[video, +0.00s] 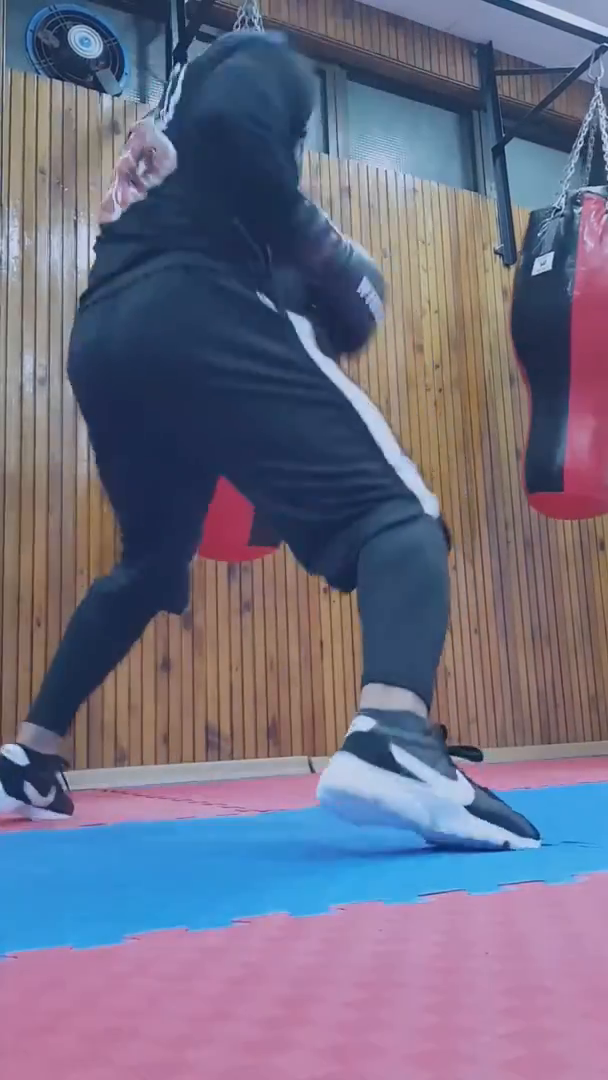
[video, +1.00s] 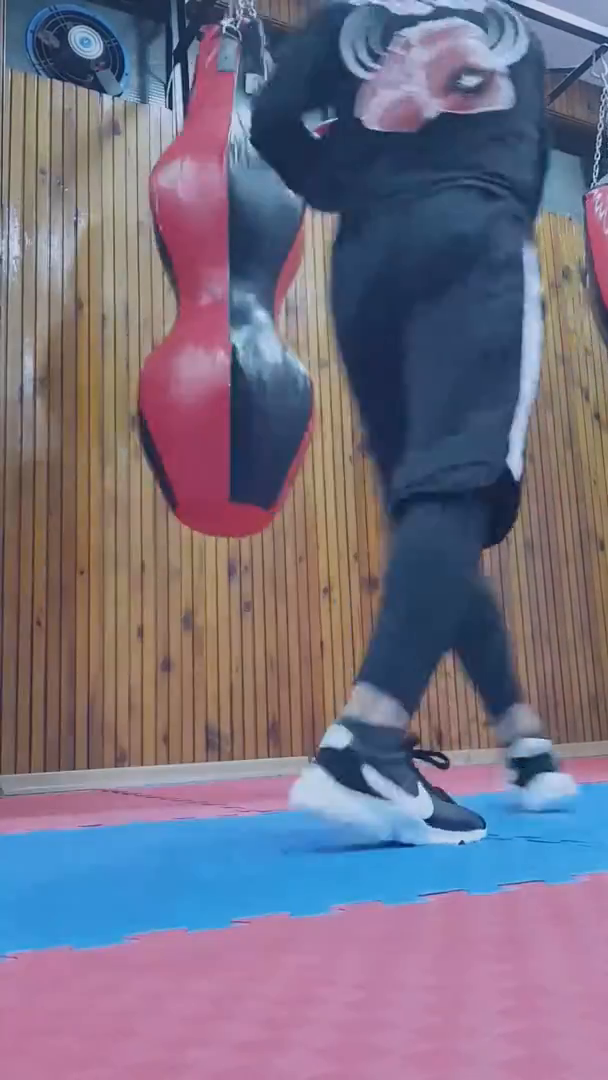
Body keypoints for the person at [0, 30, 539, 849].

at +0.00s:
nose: (306, 94)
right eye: (304, 79)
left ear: (219, 51)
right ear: (279, 46)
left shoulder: (166, 129)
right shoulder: (265, 55)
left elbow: (219, 251)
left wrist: (321, 298)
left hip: (98, 338)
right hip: (192, 306)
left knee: (148, 567)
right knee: (398, 517)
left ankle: (31, 755)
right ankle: (393, 730)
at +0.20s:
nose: (45, 73)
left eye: (47, 59)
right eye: (50, 61)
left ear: (59, 53)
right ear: (116, 63)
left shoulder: (69, 82)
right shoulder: (172, 142)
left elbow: (60, 195)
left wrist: (14, 235)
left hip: (118, 322)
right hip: (226, 325)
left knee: (30, 549)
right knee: (274, 542)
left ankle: (12, 761)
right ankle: (442, 656)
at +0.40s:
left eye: (65, 79)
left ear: (69, 90)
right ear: (150, 84)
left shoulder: (42, 128)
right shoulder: (214, 131)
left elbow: (15, 271)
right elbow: (285, 278)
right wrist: (193, 278)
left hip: (121, 350)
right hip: (241, 346)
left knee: (44, 564)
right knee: (320, 551)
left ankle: (15, 764)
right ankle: (364, 689)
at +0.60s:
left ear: (160, 18)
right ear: (246, 7)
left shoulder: (125, 87)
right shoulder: (297, 49)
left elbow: (87, 241)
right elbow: (361, 213)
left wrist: (179, 193)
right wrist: (276, 155)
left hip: (163, 314)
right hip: (279, 292)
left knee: (124, 548)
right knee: (387, 523)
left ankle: (27, 767)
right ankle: (348, 763)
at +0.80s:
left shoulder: (243, 40)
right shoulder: (423, 13)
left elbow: (166, 132)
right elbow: (446, 173)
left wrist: (239, 228)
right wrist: (409, 209)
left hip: (260, 258)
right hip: (368, 242)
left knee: (265, 514)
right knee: (421, 504)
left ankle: (208, 743)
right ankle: (355, 769)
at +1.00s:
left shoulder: (348, 17)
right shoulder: (515, 17)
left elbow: (272, 118)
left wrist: (351, 191)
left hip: (367, 234)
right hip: (473, 217)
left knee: (427, 501)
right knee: (455, 486)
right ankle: (366, 742)